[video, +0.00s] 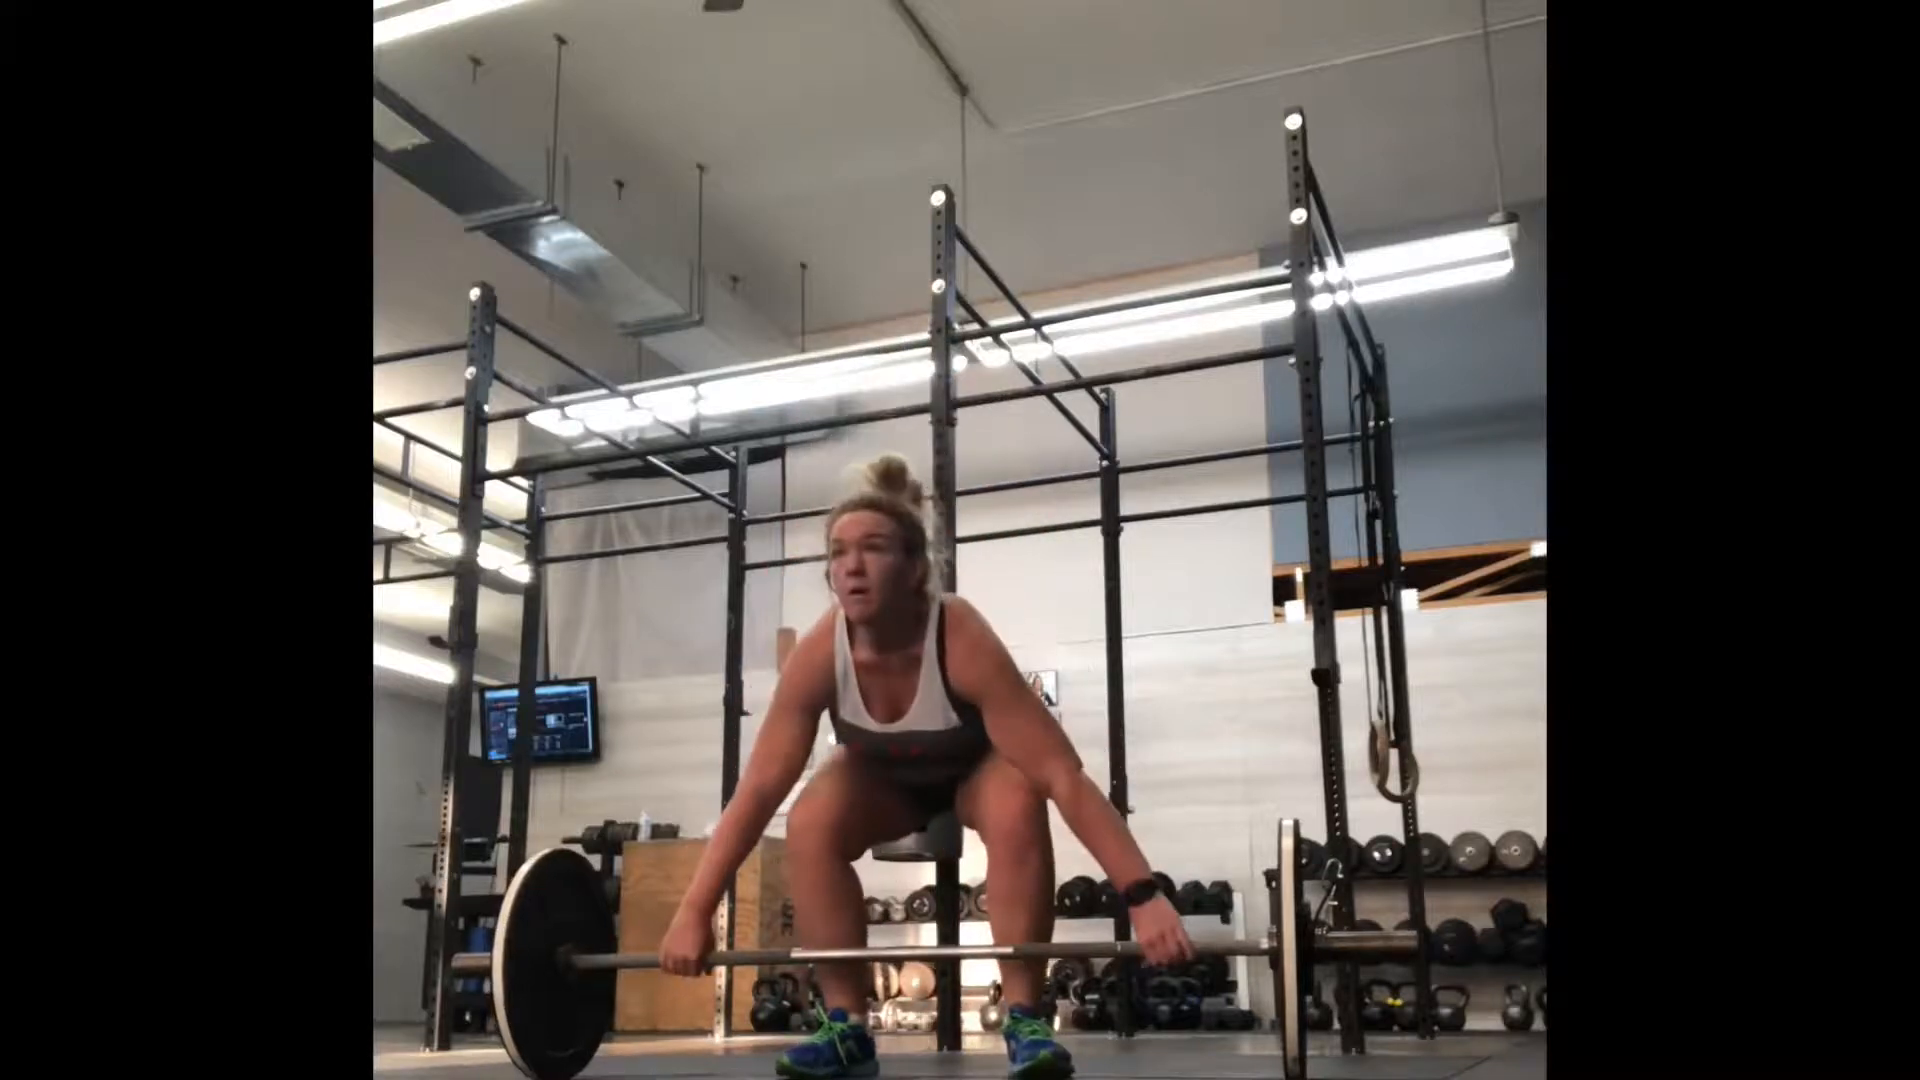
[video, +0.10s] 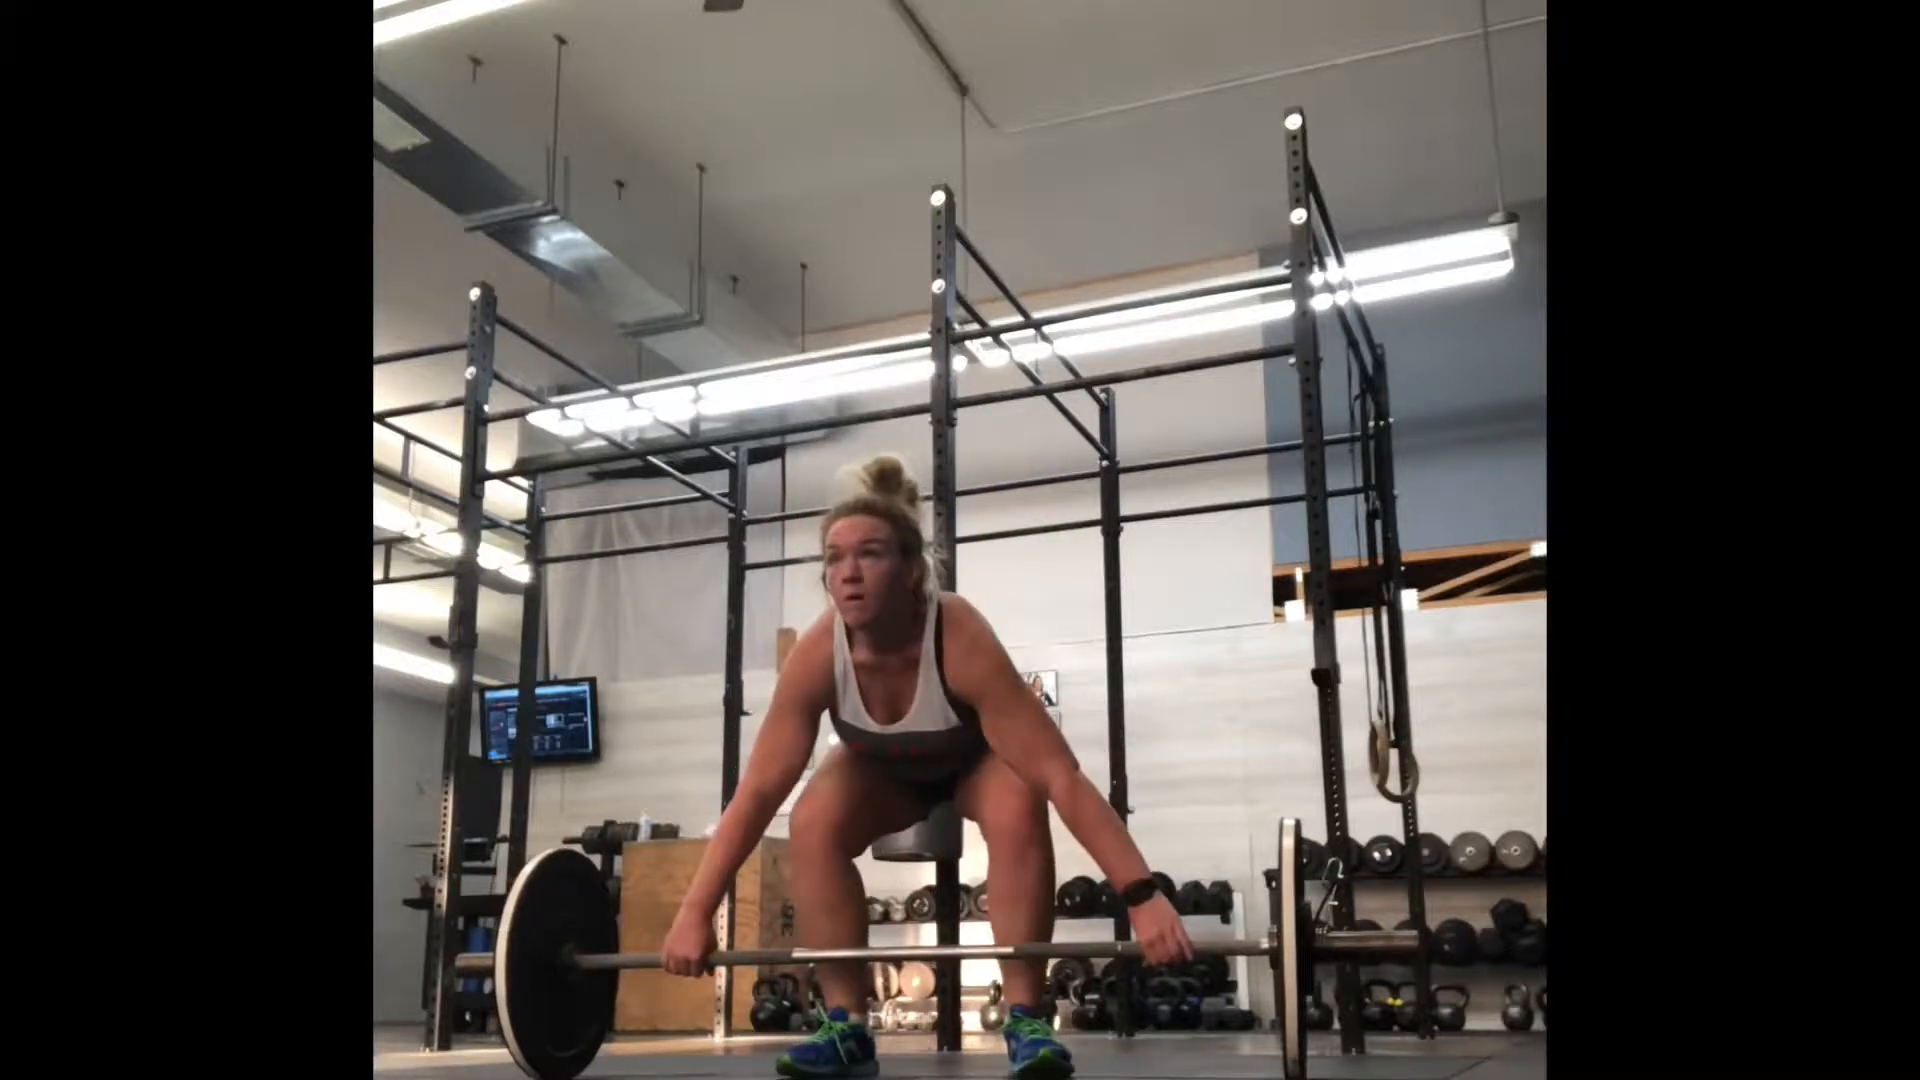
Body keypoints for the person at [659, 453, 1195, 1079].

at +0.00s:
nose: (852, 565)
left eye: (872, 548)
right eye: (839, 551)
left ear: (914, 565)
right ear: (829, 569)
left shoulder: (962, 638)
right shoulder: (818, 653)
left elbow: (1064, 776)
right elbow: (760, 788)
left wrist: (1141, 894)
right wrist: (694, 909)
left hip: (980, 764)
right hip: (881, 773)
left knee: (1017, 816)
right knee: (809, 828)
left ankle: (1026, 1017)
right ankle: (846, 1023)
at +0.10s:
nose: (848, 572)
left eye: (869, 554)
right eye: (836, 557)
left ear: (912, 567)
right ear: (824, 571)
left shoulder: (960, 637)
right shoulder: (817, 654)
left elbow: (1062, 776)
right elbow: (758, 792)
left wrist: (1141, 894)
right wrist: (695, 909)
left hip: (979, 758)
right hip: (881, 766)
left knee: (1018, 816)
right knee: (812, 826)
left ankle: (1027, 1017)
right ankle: (845, 1023)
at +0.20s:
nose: (845, 573)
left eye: (866, 556)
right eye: (833, 559)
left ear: (909, 567)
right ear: (821, 572)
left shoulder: (959, 635)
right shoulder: (815, 656)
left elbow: (1062, 775)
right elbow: (759, 791)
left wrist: (1141, 894)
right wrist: (697, 911)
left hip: (979, 757)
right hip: (881, 765)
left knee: (1018, 815)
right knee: (812, 826)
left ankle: (1026, 1018)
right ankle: (846, 1024)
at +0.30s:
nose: (840, 569)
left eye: (861, 550)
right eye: (827, 554)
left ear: (904, 563)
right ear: (816, 568)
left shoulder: (956, 632)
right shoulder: (812, 654)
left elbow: (1057, 771)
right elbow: (758, 795)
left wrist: (1139, 892)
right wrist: (699, 913)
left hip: (979, 757)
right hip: (881, 767)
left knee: (1016, 813)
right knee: (807, 826)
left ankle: (1024, 1018)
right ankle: (846, 1027)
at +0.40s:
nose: (837, 564)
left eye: (858, 545)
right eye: (824, 549)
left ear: (900, 560)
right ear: (814, 564)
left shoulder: (952, 630)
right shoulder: (808, 653)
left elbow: (1055, 769)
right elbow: (758, 794)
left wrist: (1139, 890)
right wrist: (701, 910)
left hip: (978, 761)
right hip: (879, 770)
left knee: (1015, 815)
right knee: (801, 828)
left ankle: (1023, 1018)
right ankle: (846, 1024)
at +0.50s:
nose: (830, 563)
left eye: (853, 544)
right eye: (818, 548)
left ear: (898, 561)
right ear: (810, 565)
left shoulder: (950, 635)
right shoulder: (805, 656)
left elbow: (1054, 771)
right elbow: (757, 794)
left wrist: (1140, 891)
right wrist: (701, 910)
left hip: (975, 773)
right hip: (876, 779)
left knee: (1018, 816)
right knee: (791, 831)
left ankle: (1023, 1019)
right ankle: (846, 1025)